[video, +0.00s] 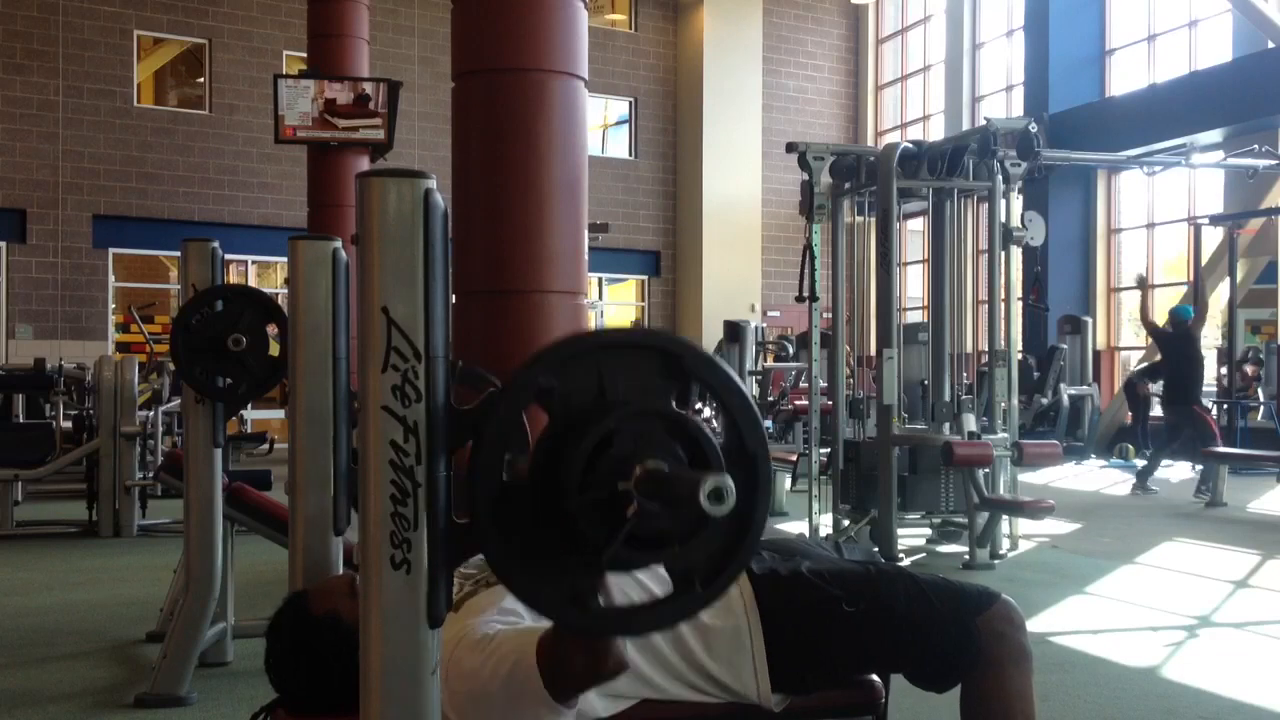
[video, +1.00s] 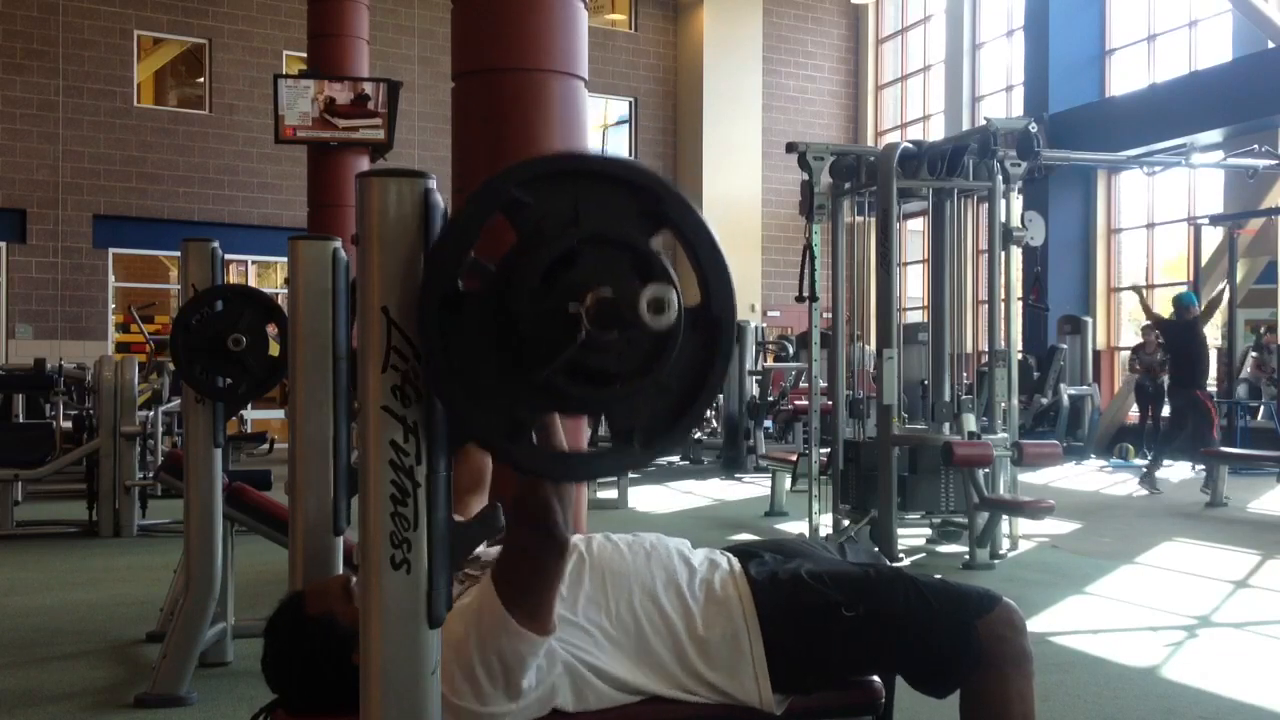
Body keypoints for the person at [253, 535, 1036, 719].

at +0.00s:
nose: (366, 577)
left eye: (352, 579)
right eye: (350, 595)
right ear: (358, 649)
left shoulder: (465, 603)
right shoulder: (452, 671)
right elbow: (585, 660)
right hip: (728, 622)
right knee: (988, 624)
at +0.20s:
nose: (367, 570)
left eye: (352, 570)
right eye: (352, 585)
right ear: (356, 639)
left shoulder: (462, 603)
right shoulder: (467, 683)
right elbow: (559, 579)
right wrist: (538, 457)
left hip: (738, 577)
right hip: (755, 610)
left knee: (861, 693)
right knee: (987, 624)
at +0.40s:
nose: (366, 565)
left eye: (347, 566)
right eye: (348, 583)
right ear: (359, 648)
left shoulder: (445, 631)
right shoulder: (473, 675)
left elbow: (468, 485)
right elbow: (519, 510)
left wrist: (495, 345)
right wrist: (523, 337)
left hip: (730, 570)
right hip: (757, 614)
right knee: (991, 626)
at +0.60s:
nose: (363, 571)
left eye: (347, 571)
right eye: (348, 587)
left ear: (349, 648)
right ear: (356, 642)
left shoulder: (446, 635)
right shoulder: (469, 670)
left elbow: (488, 484)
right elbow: (505, 481)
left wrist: (497, 336)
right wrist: (530, 311)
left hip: (724, 576)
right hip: (747, 616)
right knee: (990, 628)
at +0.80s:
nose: (362, 581)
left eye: (346, 582)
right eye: (346, 597)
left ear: (354, 639)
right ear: (358, 649)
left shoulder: (438, 629)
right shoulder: (461, 679)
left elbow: (489, 498)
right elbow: (501, 506)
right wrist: (516, 357)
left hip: (717, 578)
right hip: (739, 620)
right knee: (990, 627)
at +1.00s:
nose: (365, 572)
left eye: (348, 572)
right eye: (349, 591)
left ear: (348, 664)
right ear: (358, 651)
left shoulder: (447, 633)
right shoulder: (470, 675)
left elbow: (554, 516)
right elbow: (541, 523)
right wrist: (510, 362)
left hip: (730, 578)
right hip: (754, 616)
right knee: (992, 629)